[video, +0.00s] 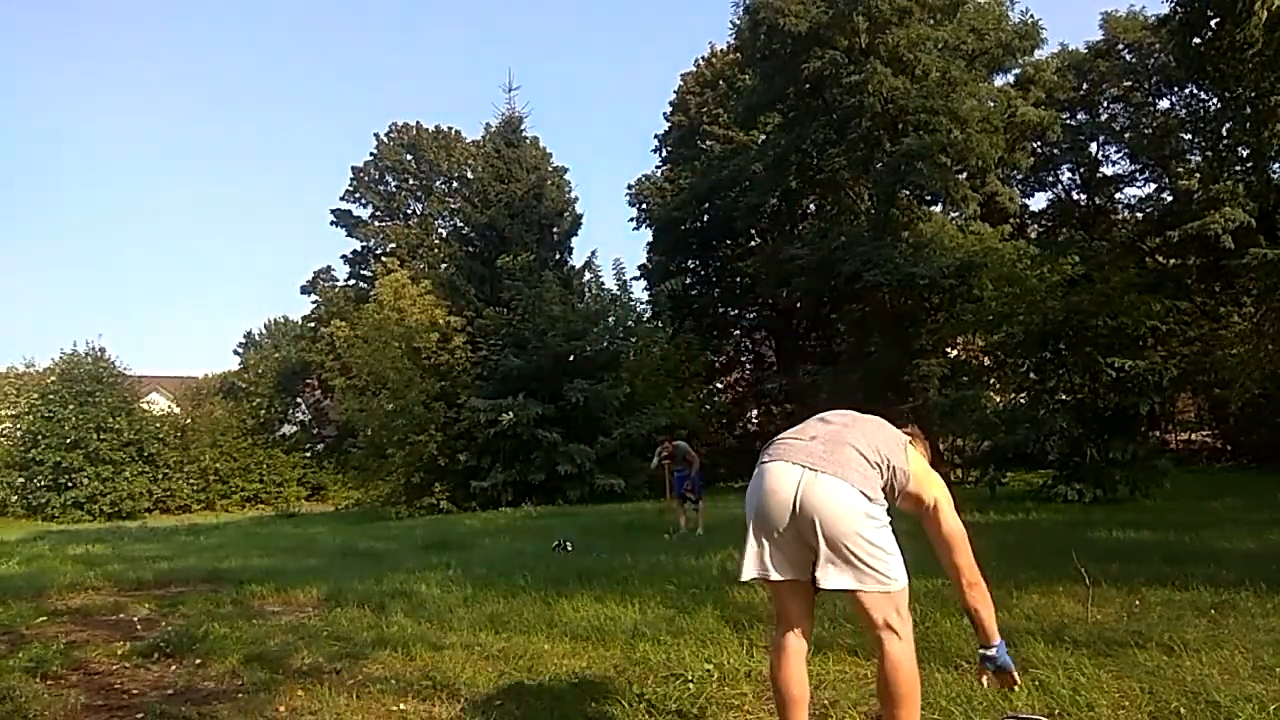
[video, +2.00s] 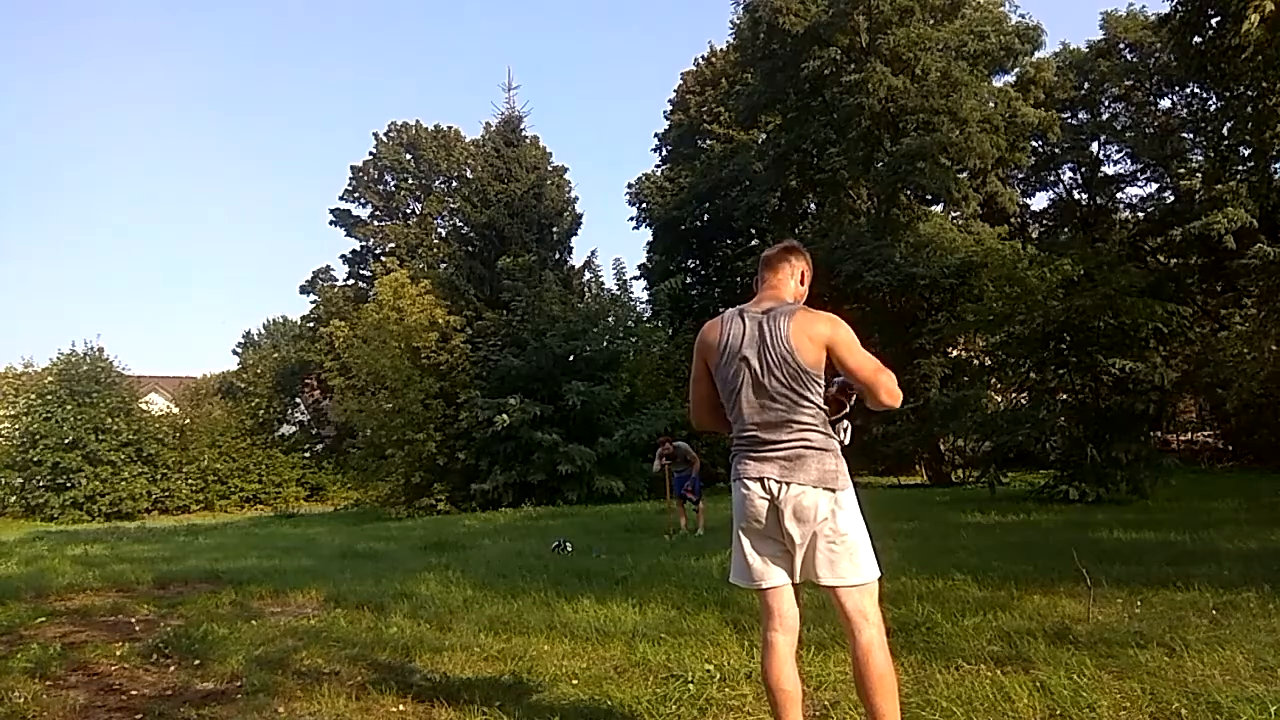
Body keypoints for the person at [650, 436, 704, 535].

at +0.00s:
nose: (666, 450)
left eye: (667, 447)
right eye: (663, 448)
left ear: (671, 444)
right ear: (661, 448)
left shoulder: (681, 446)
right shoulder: (660, 451)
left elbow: (696, 461)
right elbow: (653, 466)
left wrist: (691, 479)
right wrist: (659, 458)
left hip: (690, 471)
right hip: (677, 473)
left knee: (696, 500)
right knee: (679, 501)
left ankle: (700, 527)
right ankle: (683, 528)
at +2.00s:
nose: (666, 451)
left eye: (667, 449)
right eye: (664, 449)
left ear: (672, 445)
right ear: (661, 449)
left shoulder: (682, 447)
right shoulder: (660, 452)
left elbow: (696, 461)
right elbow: (655, 469)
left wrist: (692, 480)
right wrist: (661, 464)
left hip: (690, 472)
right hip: (677, 475)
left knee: (697, 501)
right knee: (679, 502)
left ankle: (700, 528)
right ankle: (683, 528)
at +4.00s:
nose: (667, 452)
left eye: (668, 449)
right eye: (664, 450)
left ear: (672, 446)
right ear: (661, 449)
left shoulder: (682, 447)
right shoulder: (660, 452)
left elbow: (696, 462)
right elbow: (652, 467)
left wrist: (692, 480)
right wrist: (660, 461)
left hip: (690, 473)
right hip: (677, 475)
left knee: (697, 501)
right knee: (679, 502)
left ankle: (700, 528)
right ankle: (683, 528)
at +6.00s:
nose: (668, 452)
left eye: (669, 449)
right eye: (665, 450)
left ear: (673, 445)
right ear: (662, 449)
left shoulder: (683, 447)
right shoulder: (661, 451)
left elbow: (697, 462)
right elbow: (653, 467)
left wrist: (692, 480)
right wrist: (659, 459)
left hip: (690, 473)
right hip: (677, 475)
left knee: (697, 501)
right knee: (679, 502)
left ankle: (700, 528)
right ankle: (683, 528)